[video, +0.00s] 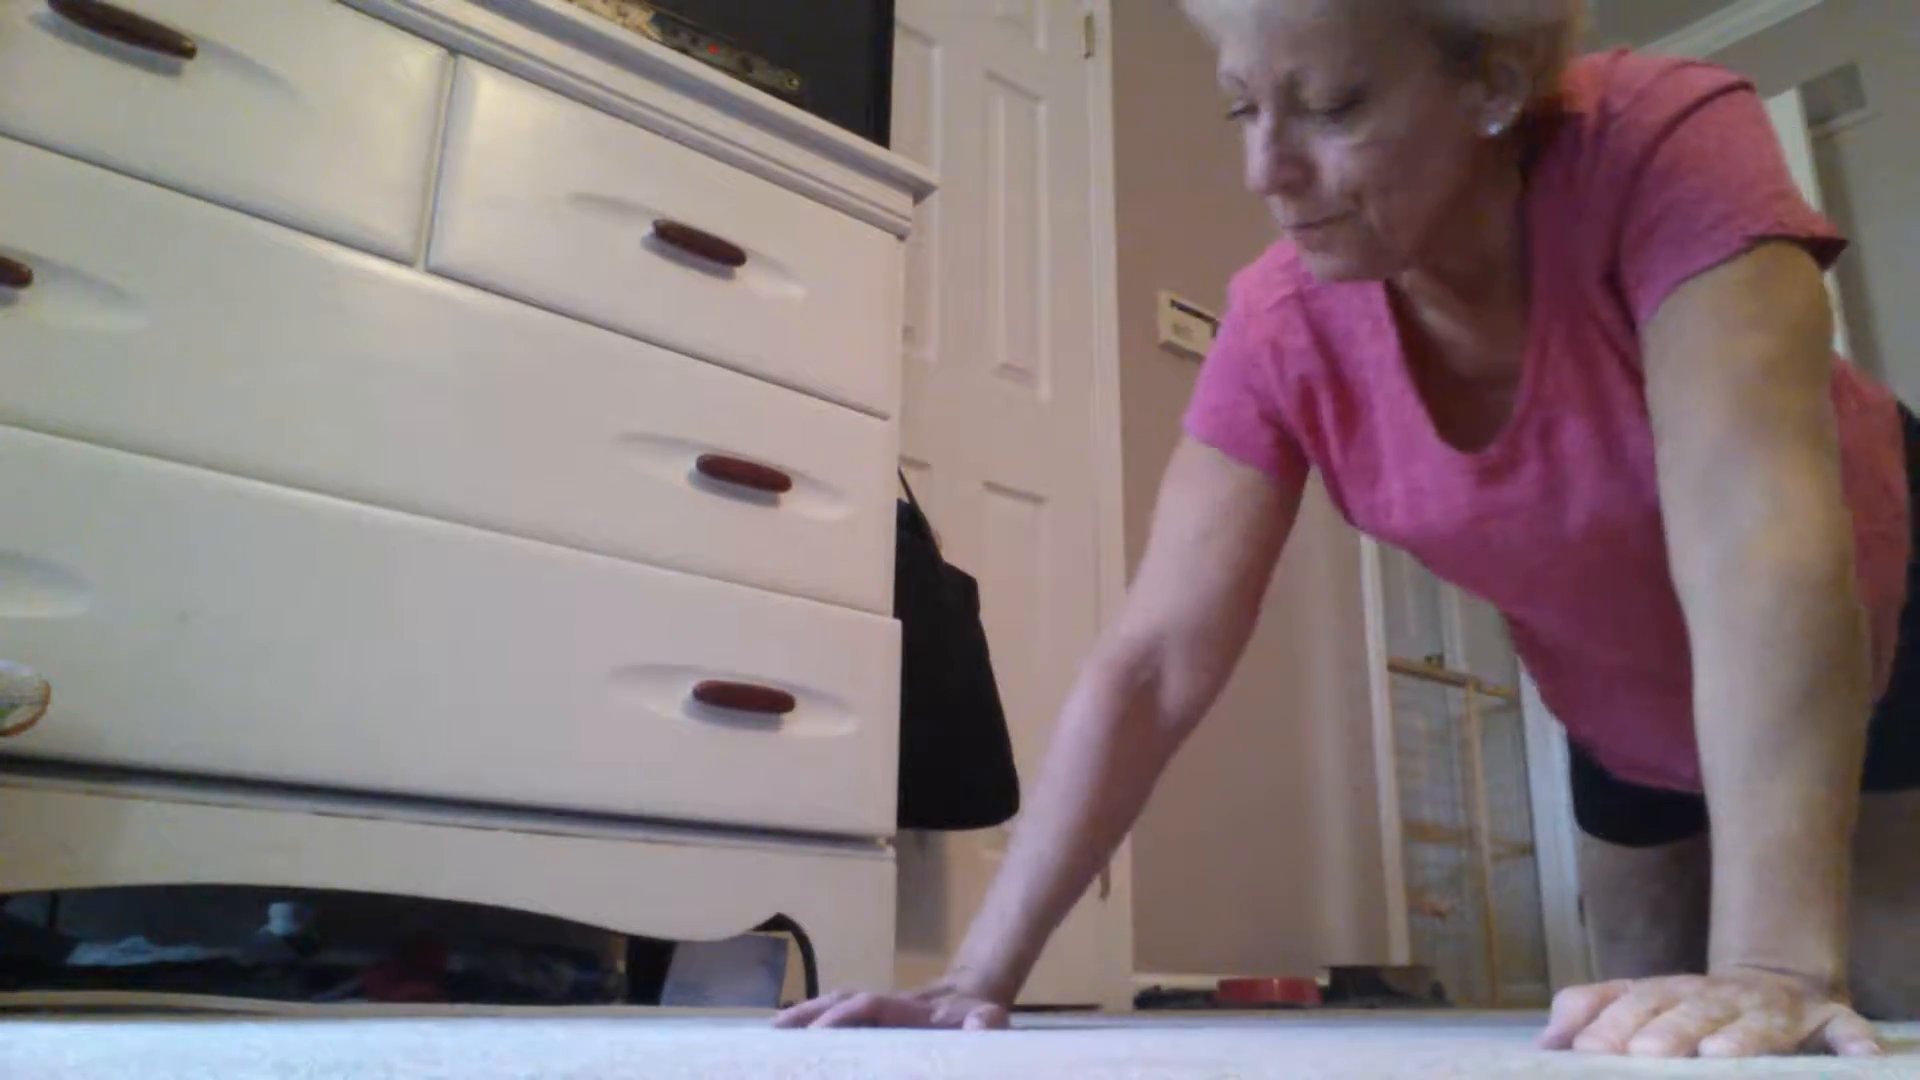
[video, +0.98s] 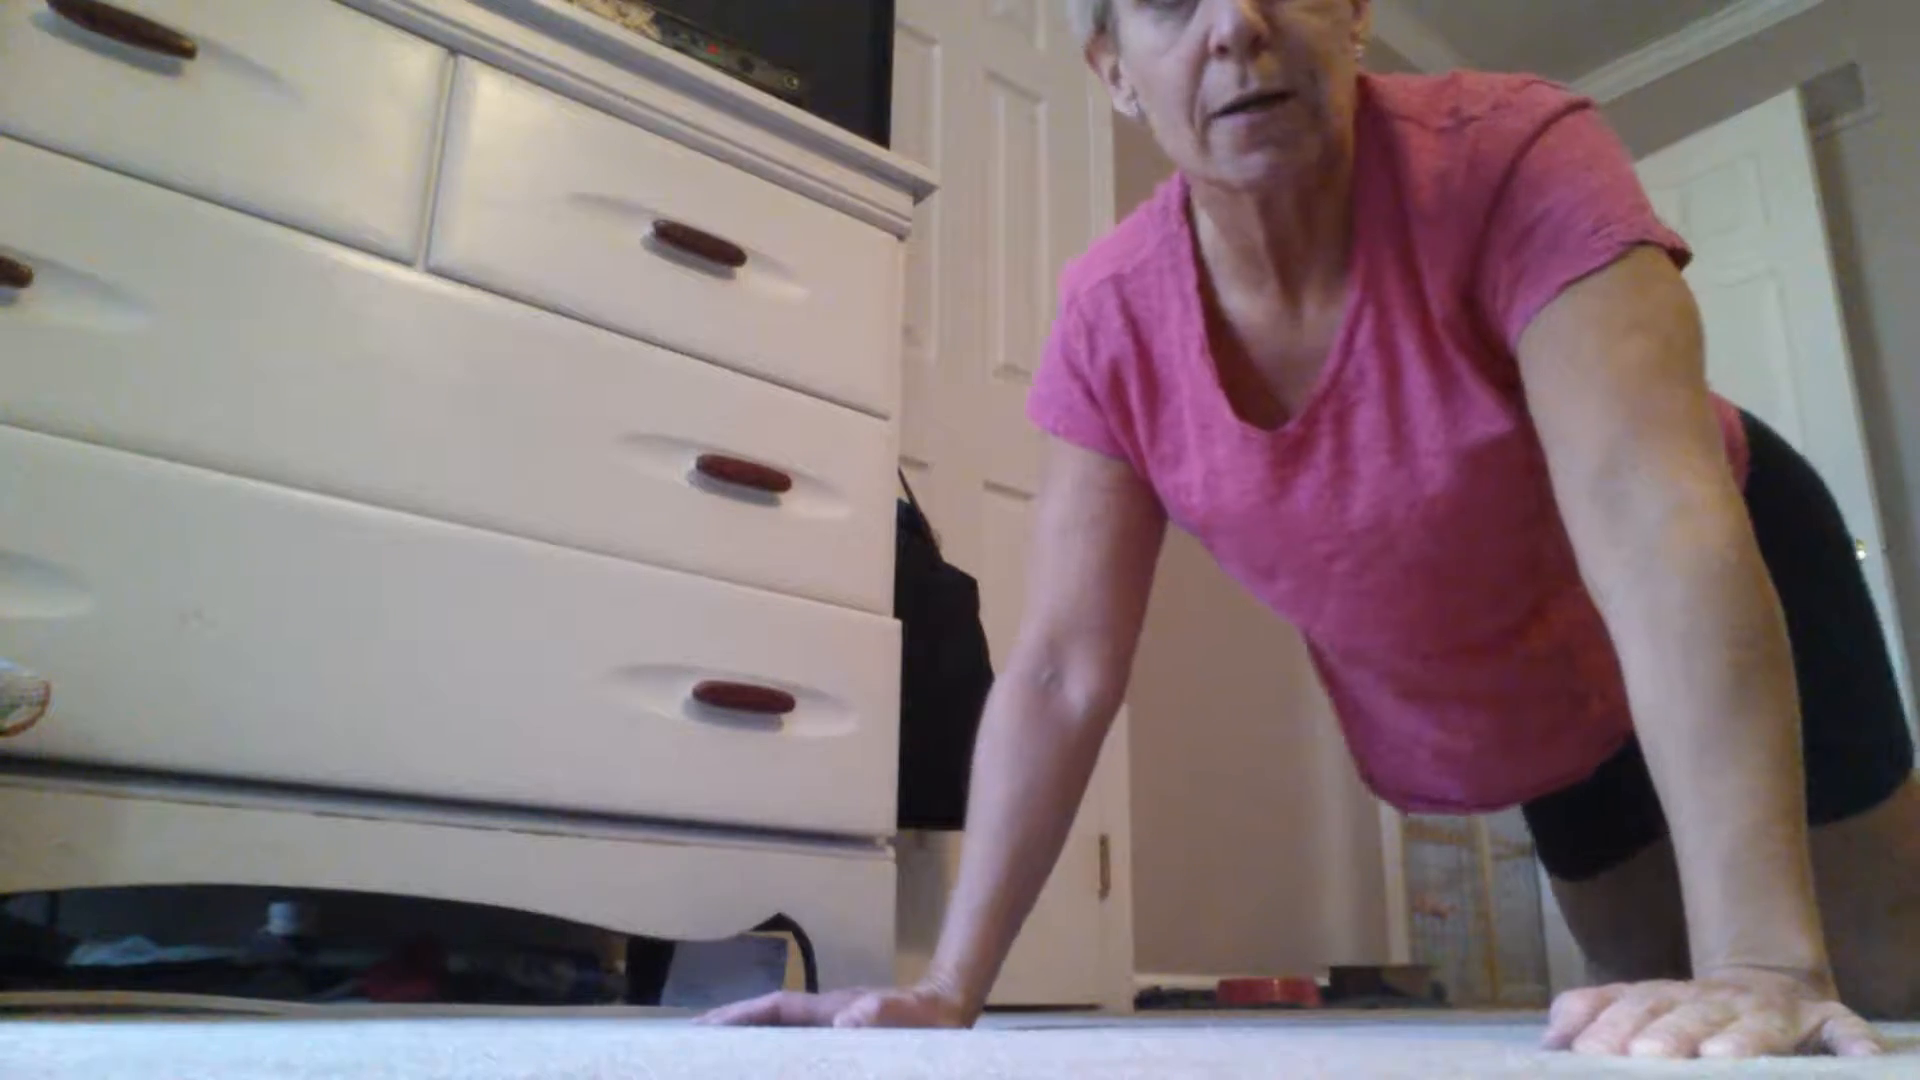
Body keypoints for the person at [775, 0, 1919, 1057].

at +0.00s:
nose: (1272, 165)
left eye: (1328, 105)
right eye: (1248, 109)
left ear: (1494, 81)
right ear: (1225, 95)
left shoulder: (1670, 143)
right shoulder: (1286, 315)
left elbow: (1767, 537)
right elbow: (1153, 666)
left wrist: (1775, 973)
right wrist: (976, 980)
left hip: (1866, 658)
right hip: (1633, 716)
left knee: (1858, 1039)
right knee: (1644, 1044)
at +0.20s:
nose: (1187, 238)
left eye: (1225, 180)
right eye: (1164, 185)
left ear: (1400, 118)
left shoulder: (1613, 140)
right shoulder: (1229, 330)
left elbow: (1739, 543)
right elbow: (1127, 676)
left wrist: (1769, 975)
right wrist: (974, 983)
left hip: (1840, 613)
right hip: (1614, 727)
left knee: (1860, 1027)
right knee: (1655, 1045)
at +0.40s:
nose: (1195, 112)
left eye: (1252, 39)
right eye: (1160, 64)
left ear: (1399, 50)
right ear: (1138, 94)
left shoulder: (1574, 151)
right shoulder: (1195, 333)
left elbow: (1711, 538)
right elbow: (1107, 682)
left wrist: (1766, 973)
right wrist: (968, 990)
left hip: (1813, 587)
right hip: (1591, 717)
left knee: (1855, 1016)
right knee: (1659, 1035)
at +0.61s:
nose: (1252, 38)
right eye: (1190, 21)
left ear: (1383, 29)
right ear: (1147, 103)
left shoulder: (1558, 156)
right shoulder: (1164, 337)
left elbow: (1697, 538)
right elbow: (1091, 685)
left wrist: (1764, 966)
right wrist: (956, 982)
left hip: (1784, 585)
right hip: (1573, 703)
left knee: (1842, 1002)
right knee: (1649, 1031)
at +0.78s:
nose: (1268, 37)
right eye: (1201, 14)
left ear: (1380, 28)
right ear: (1141, 91)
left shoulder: (1543, 161)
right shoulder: (1142, 327)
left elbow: (1680, 536)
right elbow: (1074, 684)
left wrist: (1762, 964)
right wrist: (953, 982)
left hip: (1759, 595)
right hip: (1558, 713)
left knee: (1845, 1008)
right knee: (1655, 1033)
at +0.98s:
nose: (1238, 32)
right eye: (1177, 7)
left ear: (1355, 25)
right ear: (1113, 75)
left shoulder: (1515, 158)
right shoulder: (1115, 317)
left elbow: (1663, 527)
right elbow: (1060, 670)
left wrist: (1762, 966)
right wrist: (952, 979)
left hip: (1722, 599)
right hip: (1532, 722)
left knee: (1865, 998)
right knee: (1661, 1027)